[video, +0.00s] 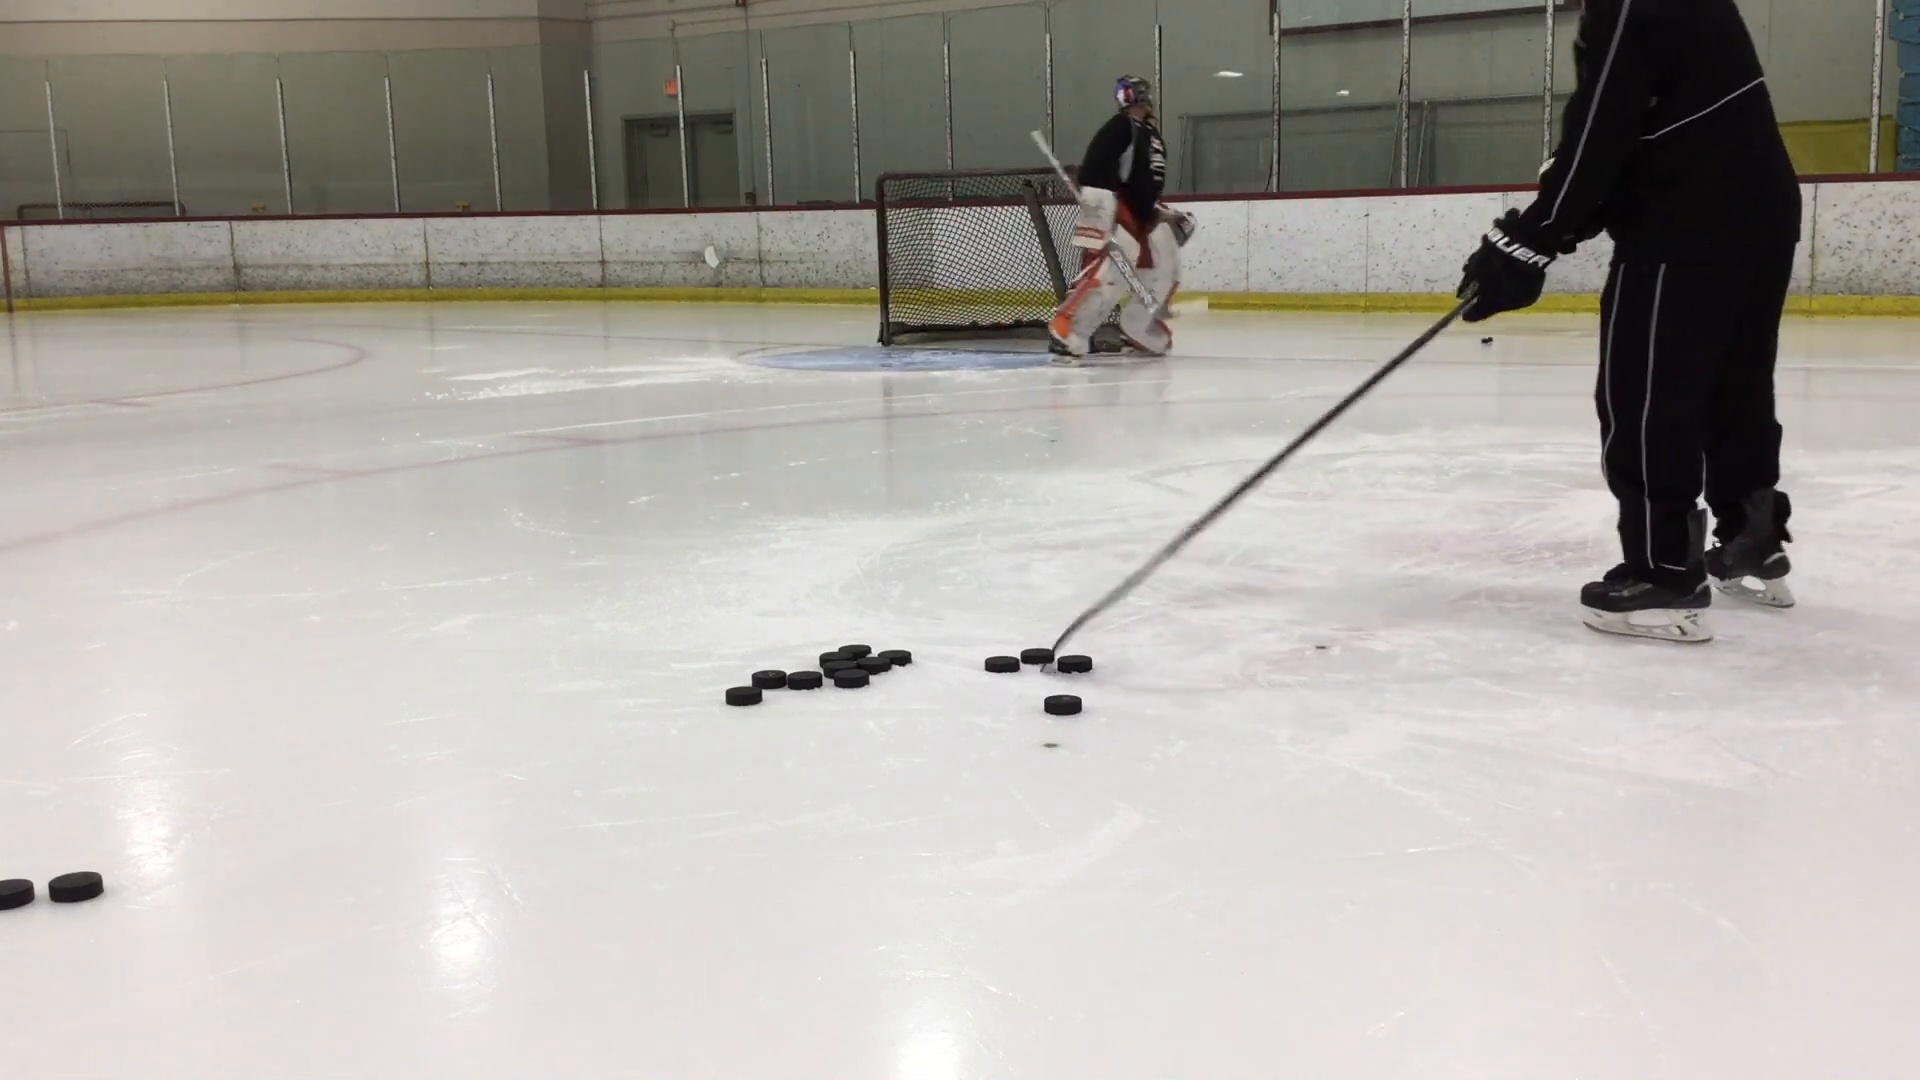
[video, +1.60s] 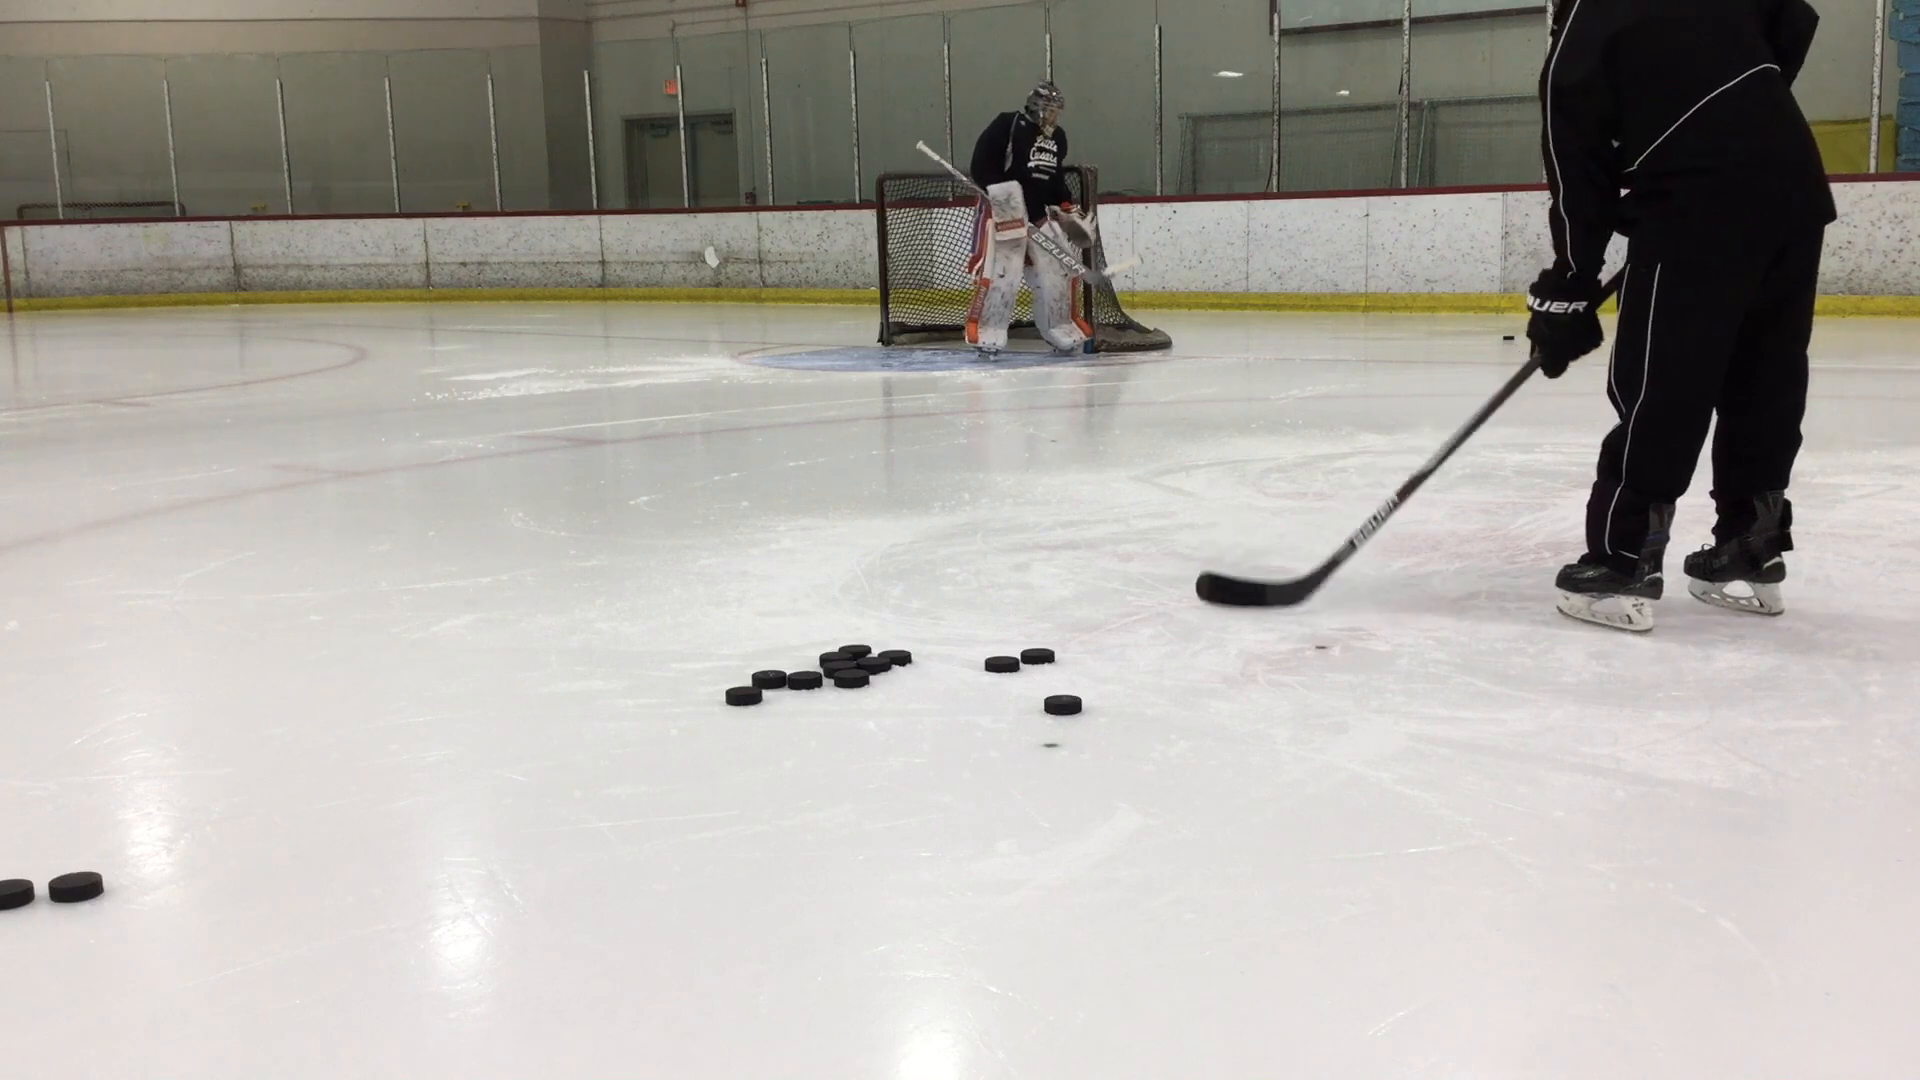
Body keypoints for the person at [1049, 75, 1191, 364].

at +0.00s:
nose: (1146, 100)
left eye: (1146, 94)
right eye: (1140, 95)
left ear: (1140, 97)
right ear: (1130, 98)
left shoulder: (1152, 133)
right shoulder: (1119, 128)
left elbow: (1145, 182)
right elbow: (1095, 173)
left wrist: (1162, 210)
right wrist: (1099, 217)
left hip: (1145, 216)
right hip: (1115, 215)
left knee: (1163, 272)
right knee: (1110, 275)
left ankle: (1141, 332)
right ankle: (1066, 334)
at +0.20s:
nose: (1107, 92)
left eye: (1109, 87)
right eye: (1100, 87)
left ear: (1113, 90)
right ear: (1090, 92)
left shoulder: (1125, 127)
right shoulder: (1082, 119)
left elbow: (1117, 178)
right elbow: (1054, 157)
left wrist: (1144, 197)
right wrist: (1069, 200)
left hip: (1115, 216)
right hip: (1085, 212)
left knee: (1123, 275)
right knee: (1070, 276)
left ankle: (1101, 335)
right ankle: (1042, 336)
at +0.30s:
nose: (1098, 94)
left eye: (1100, 89)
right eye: (1092, 89)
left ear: (1103, 91)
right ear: (1079, 91)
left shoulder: (1110, 125)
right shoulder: (1064, 118)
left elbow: (1106, 169)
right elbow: (1038, 156)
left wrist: (1135, 181)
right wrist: (1059, 186)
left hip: (1098, 213)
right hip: (1066, 211)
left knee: (1108, 275)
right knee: (1056, 274)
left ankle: (1088, 332)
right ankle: (1030, 333)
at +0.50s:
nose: (1071, 97)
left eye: (1073, 92)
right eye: (1065, 92)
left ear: (1075, 94)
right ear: (1049, 95)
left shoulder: (1084, 126)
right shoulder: (1029, 122)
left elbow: (1101, 160)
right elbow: (1014, 166)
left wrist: (1098, 168)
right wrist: (1054, 189)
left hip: (1074, 217)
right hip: (1035, 214)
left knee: (1083, 275)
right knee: (1020, 275)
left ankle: (1062, 333)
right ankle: (997, 337)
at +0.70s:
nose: (1045, 95)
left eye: (1048, 90)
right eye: (1038, 90)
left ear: (1052, 91)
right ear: (1023, 93)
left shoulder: (1064, 122)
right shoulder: (1006, 123)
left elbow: (1096, 151)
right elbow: (987, 165)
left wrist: (1090, 176)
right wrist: (1024, 189)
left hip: (1058, 217)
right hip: (1016, 217)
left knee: (1067, 275)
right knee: (1005, 276)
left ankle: (1048, 332)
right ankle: (989, 339)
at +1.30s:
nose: (1033, 108)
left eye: (1037, 102)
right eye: (1027, 102)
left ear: (1041, 103)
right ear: (1013, 102)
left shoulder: (1048, 128)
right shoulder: (989, 125)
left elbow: (1057, 169)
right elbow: (966, 167)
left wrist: (1068, 202)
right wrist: (990, 205)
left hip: (1039, 216)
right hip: (998, 215)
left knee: (1049, 276)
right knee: (993, 278)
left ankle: (1053, 338)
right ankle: (983, 341)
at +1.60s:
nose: (1052, 115)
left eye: (1055, 110)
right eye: (1047, 109)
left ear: (1059, 111)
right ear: (1033, 105)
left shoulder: (1057, 136)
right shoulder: (1007, 124)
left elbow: (1054, 176)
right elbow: (981, 166)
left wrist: (1067, 203)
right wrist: (1002, 201)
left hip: (1042, 217)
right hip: (1006, 217)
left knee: (1055, 275)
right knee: (1003, 276)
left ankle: (1062, 335)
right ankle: (990, 338)